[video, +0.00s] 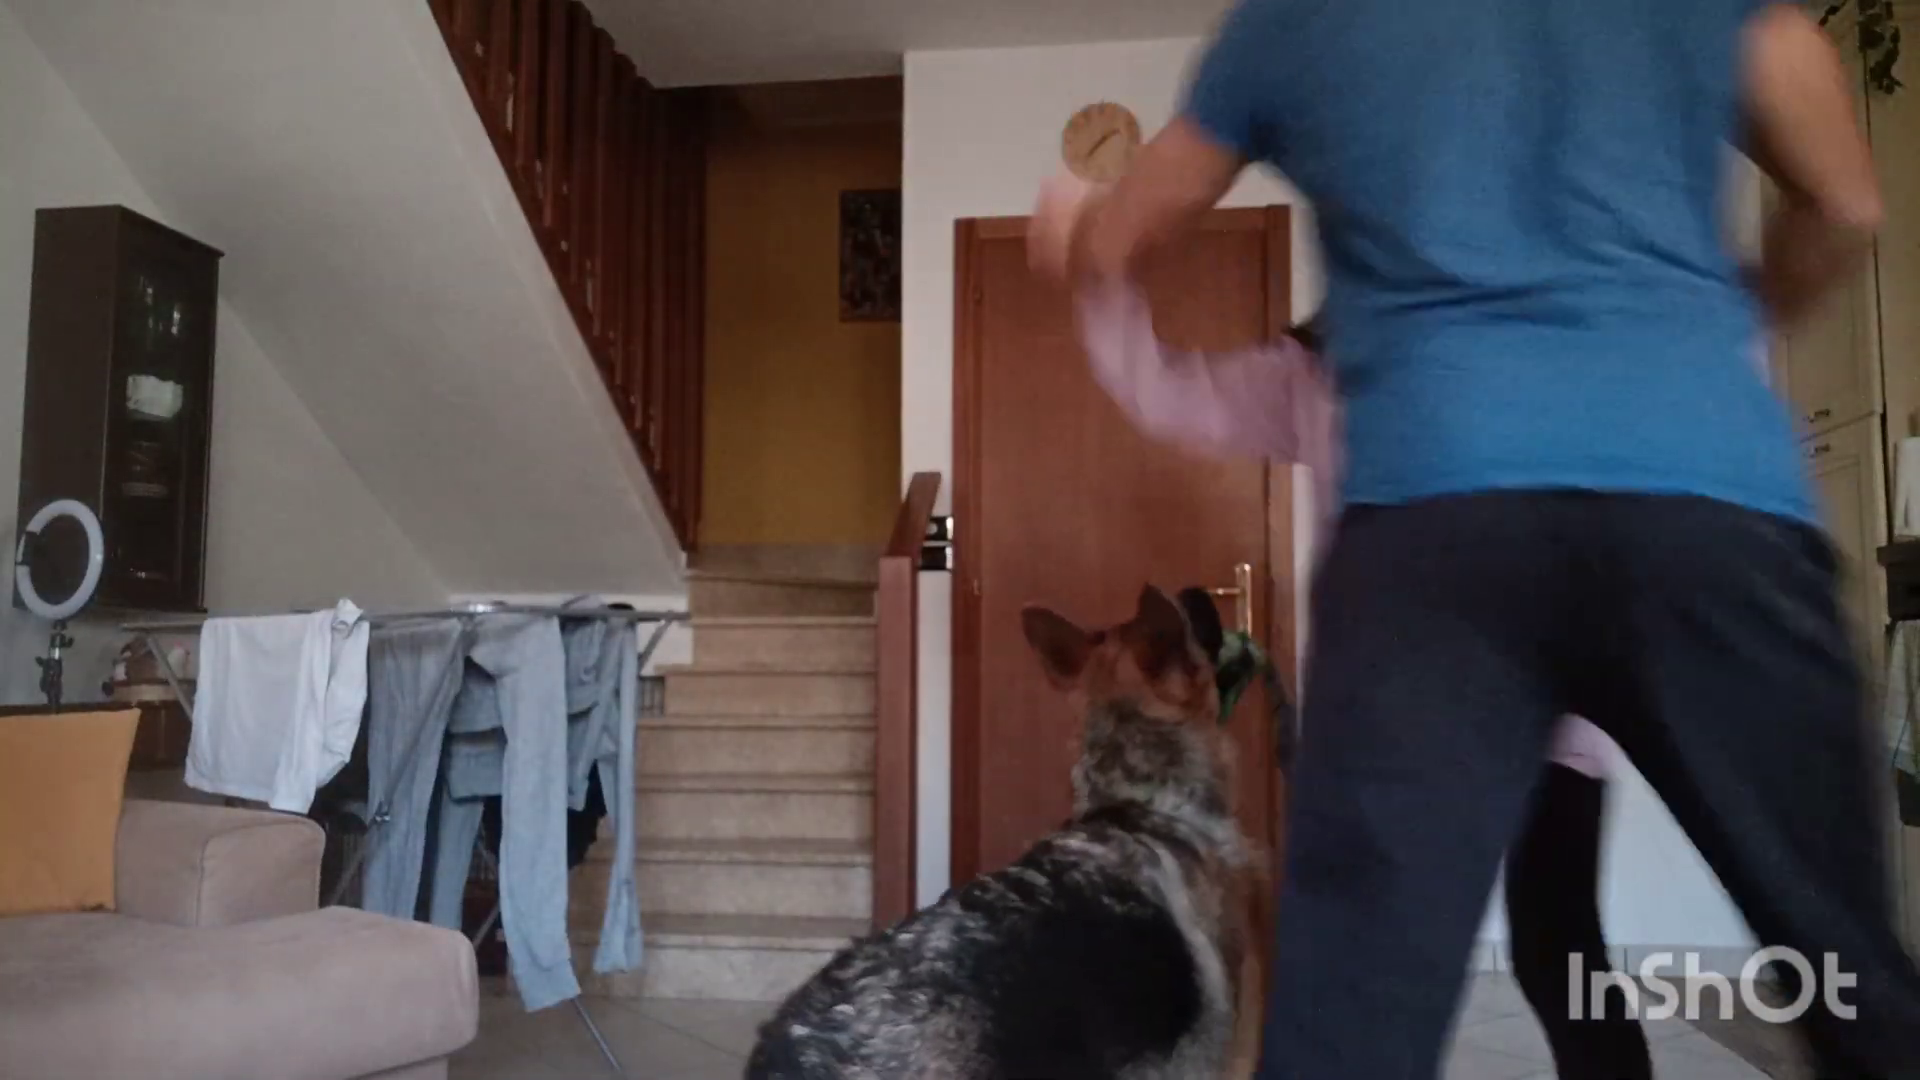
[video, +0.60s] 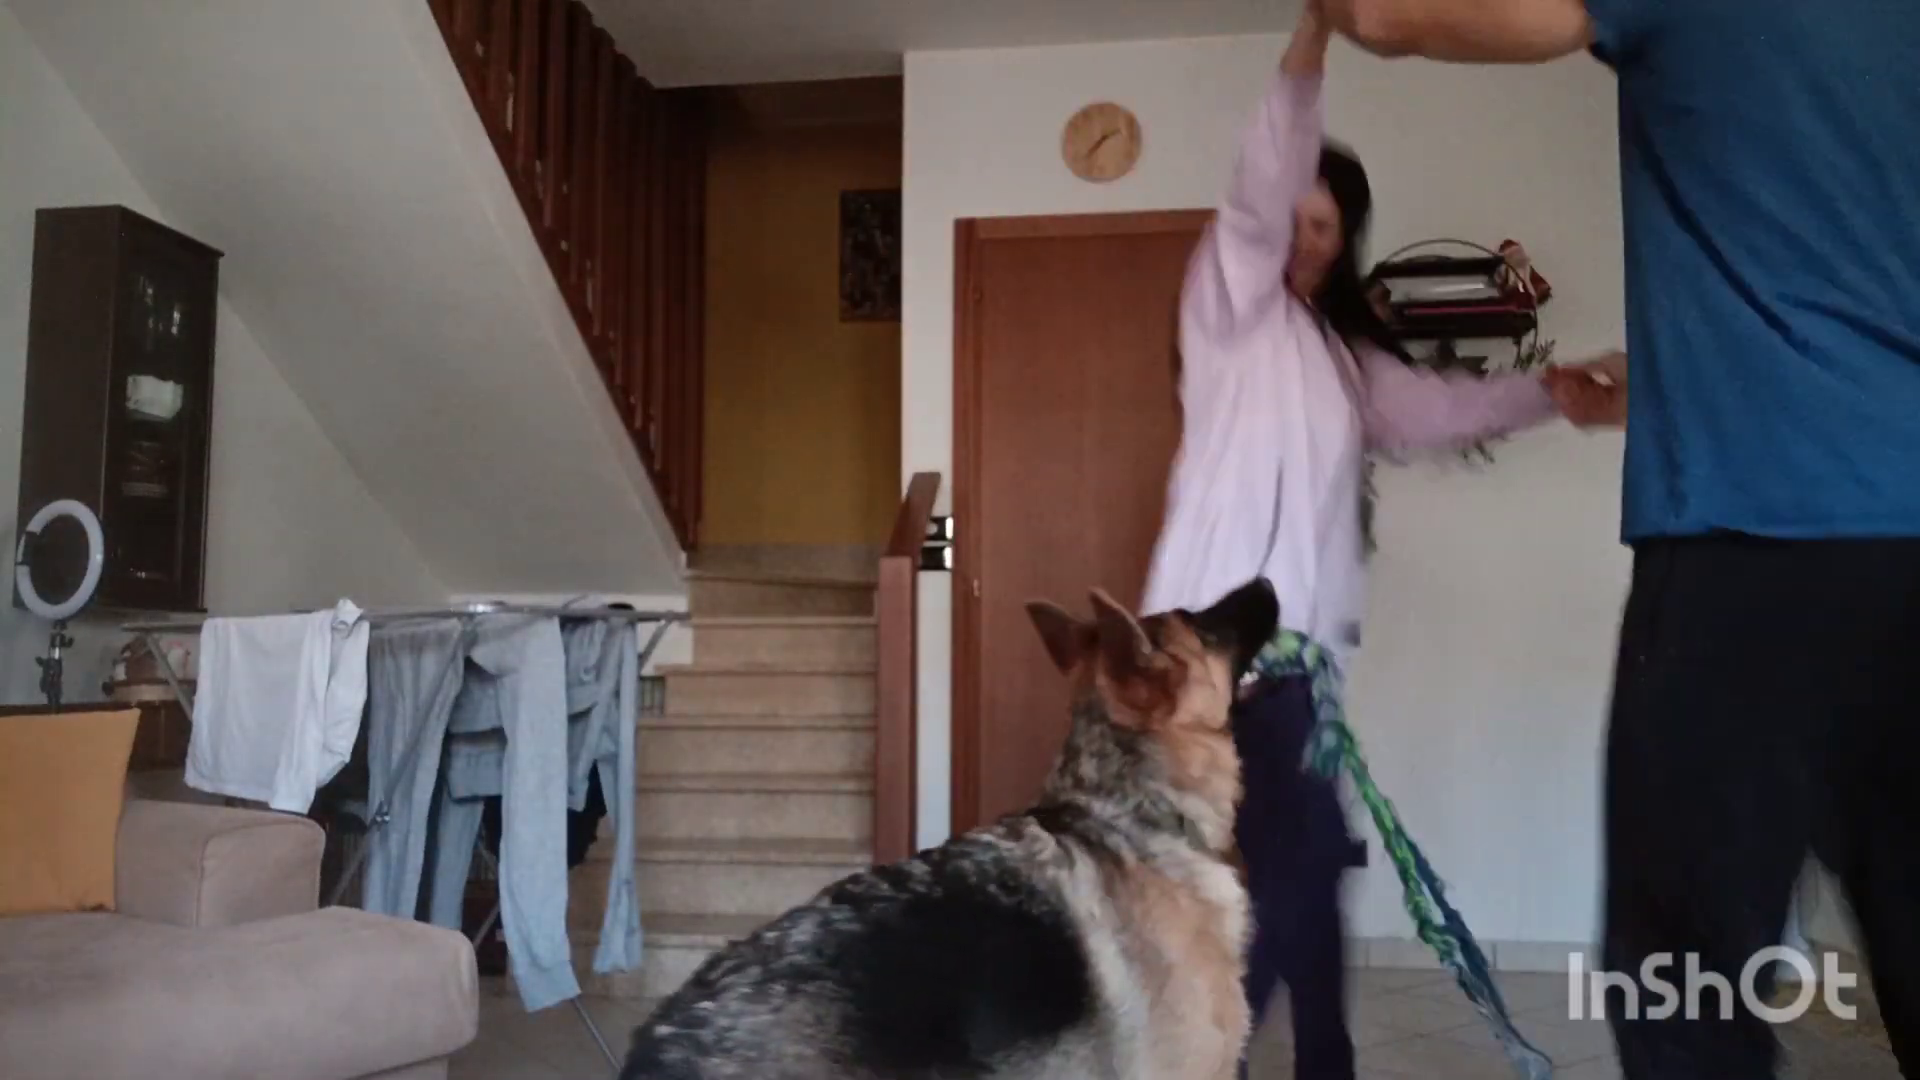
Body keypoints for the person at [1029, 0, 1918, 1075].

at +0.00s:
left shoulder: (1300, 17)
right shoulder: (1707, 4)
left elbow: (1111, 238)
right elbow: (1846, 206)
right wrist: (1732, 315)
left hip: (1437, 523)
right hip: (1718, 521)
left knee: (1352, 1005)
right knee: (1859, 970)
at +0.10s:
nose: (1358, 221)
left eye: (1370, 199)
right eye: (1341, 203)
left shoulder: (1399, 12)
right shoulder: (1822, 12)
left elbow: (1158, 153)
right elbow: (1893, 250)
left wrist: (1117, 111)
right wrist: (1810, 351)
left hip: (1540, 548)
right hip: (1825, 551)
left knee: (1387, 1022)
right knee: (1909, 992)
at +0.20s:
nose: (1344, 208)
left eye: (1364, 180)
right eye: (1321, 187)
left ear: (1405, 179)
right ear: (1298, 189)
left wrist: (1196, 40)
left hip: (1632, 549)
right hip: (1888, 555)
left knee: (1493, 980)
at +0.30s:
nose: (1328, 211)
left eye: (1348, 187)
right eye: (1313, 192)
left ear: (1394, 187)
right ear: (1295, 200)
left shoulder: (1452, 307)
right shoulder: (1268, 284)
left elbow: (1525, 410)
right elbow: (1204, 197)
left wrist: (1558, 336)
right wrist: (1208, 55)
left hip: (1397, 626)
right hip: (1263, 612)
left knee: (1452, 869)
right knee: (1282, 859)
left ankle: (1400, 1063)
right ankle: (1241, 1058)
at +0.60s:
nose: (1312, 228)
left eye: (1330, 218)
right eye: (1298, 208)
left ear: (1347, 242)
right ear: (1267, 217)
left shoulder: (1340, 357)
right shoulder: (1231, 305)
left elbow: (1435, 408)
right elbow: (1264, 189)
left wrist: (1548, 391)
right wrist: (1310, 40)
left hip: (1305, 653)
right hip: (1224, 647)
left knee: (1293, 880)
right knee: (1299, 872)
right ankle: (1319, 1065)